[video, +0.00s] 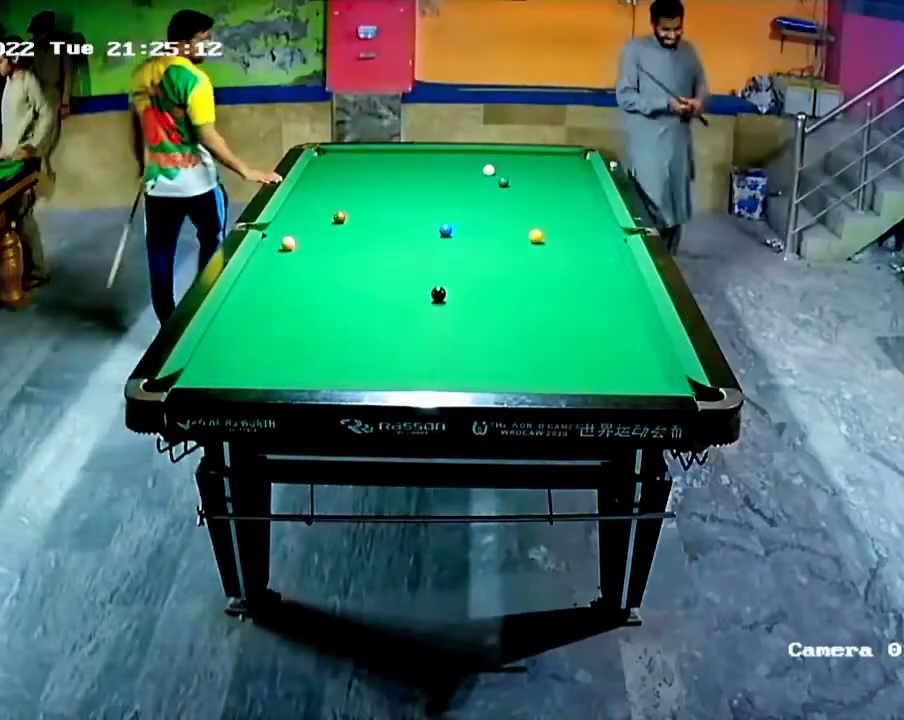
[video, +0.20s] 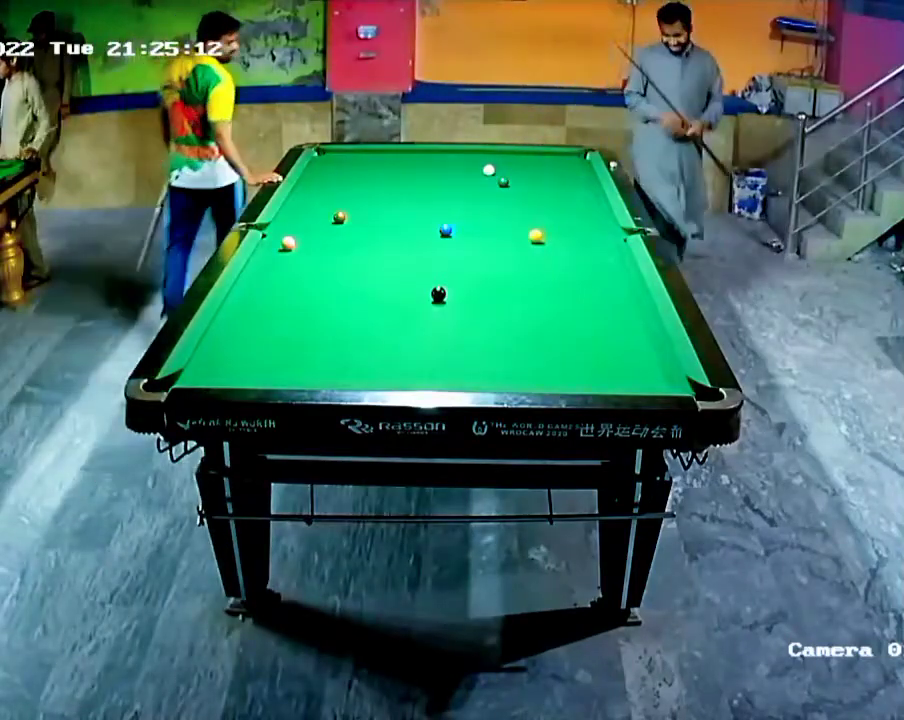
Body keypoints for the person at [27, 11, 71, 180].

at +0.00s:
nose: (37, 37)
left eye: (40, 32)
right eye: (35, 32)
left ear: (50, 31)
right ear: (34, 32)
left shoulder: (60, 48)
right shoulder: (32, 49)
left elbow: (67, 75)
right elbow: (27, 72)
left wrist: (65, 101)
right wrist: (25, 94)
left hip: (52, 96)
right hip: (33, 95)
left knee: (50, 133)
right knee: (34, 131)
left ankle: (46, 161)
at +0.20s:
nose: (37, 37)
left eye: (40, 32)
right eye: (35, 32)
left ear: (49, 31)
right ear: (34, 32)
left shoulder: (60, 47)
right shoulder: (32, 48)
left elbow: (67, 75)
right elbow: (28, 71)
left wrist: (65, 101)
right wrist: (25, 92)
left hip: (52, 92)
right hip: (33, 92)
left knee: (51, 128)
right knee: (35, 126)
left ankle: (45, 158)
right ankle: (36, 157)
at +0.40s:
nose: (36, 37)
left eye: (39, 33)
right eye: (34, 33)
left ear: (48, 32)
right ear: (33, 32)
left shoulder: (60, 48)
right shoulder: (34, 50)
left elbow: (67, 75)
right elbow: (29, 72)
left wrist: (65, 102)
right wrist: (27, 92)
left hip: (52, 93)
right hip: (35, 92)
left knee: (50, 127)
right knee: (36, 125)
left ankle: (44, 159)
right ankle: (39, 159)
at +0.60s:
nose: (37, 36)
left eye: (41, 32)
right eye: (35, 32)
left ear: (50, 30)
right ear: (33, 32)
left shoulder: (60, 48)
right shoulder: (32, 48)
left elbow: (67, 75)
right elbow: (28, 72)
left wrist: (65, 101)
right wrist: (25, 92)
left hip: (52, 94)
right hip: (33, 93)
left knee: (50, 130)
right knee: (34, 127)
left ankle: (44, 158)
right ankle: (34, 157)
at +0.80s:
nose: (36, 37)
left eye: (39, 32)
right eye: (34, 33)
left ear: (48, 31)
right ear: (34, 32)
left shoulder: (60, 48)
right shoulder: (34, 49)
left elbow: (67, 75)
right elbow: (27, 71)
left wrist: (65, 102)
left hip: (52, 94)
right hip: (35, 93)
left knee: (49, 128)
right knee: (36, 127)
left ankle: (44, 159)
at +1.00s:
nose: (38, 37)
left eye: (41, 32)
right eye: (36, 32)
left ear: (50, 31)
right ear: (33, 32)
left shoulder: (60, 48)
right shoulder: (31, 49)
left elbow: (67, 75)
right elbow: (25, 72)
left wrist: (65, 101)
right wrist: (22, 92)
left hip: (51, 94)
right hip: (32, 93)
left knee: (49, 130)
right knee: (32, 128)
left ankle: (44, 159)